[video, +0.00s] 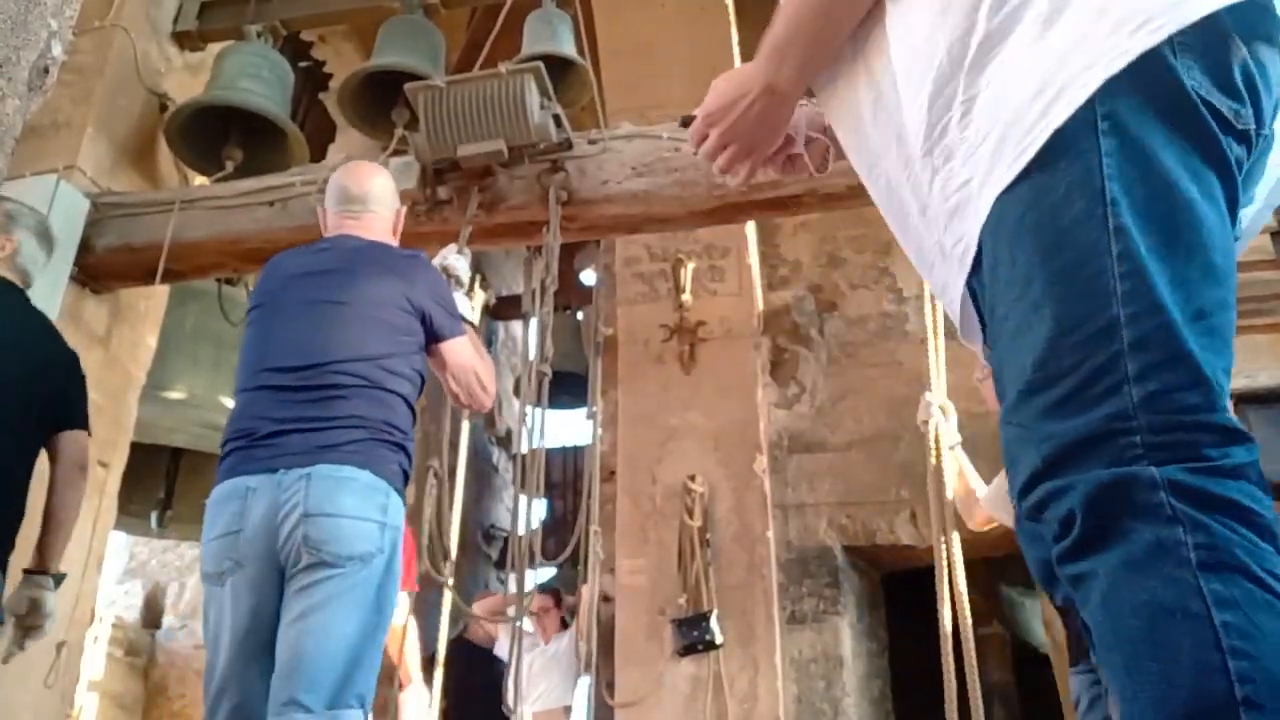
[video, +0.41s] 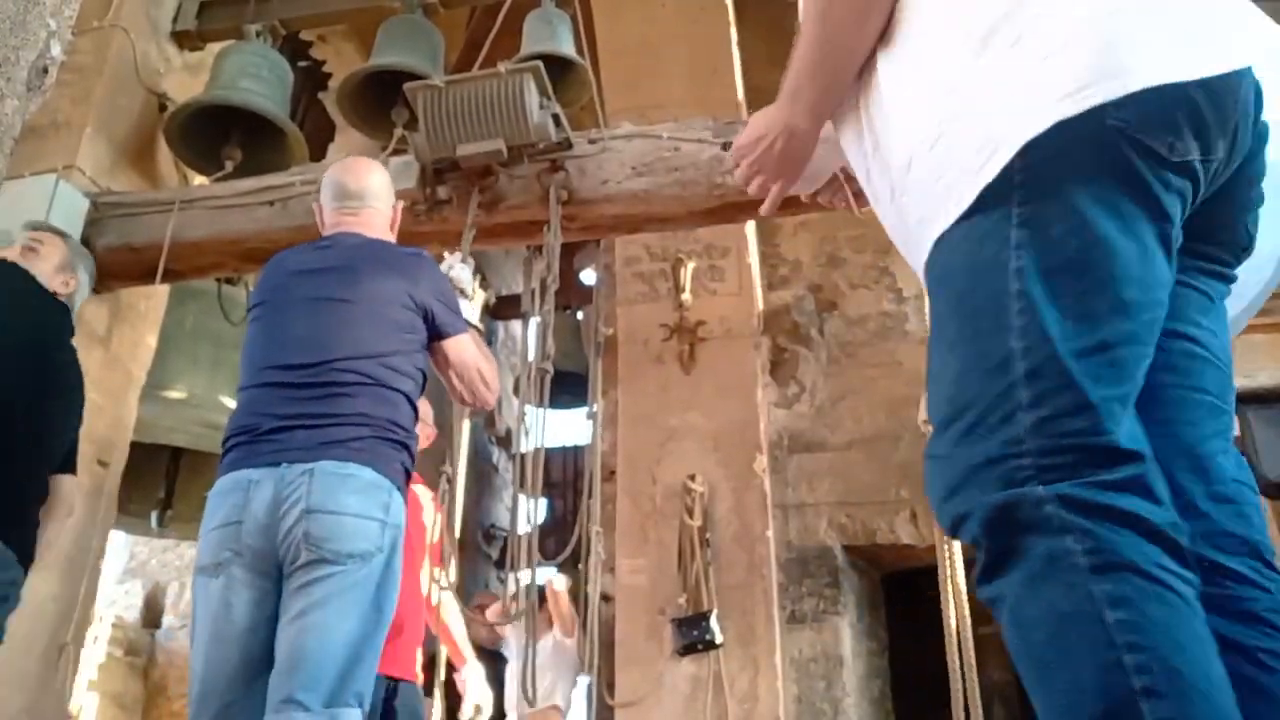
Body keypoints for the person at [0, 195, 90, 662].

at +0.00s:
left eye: (0, 233)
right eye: (4, 236)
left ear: (7, 245)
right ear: (27, 253)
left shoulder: (46, 346)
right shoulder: (47, 347)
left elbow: (73, 458)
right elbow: (74, 459)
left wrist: (42, 574)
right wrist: (43, 574)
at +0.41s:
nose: (7, 253)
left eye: (31, 249)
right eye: (14, 245)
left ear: (66, 285)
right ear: (65, 289)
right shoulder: (67, 371)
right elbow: (61, 503)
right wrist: (17, 574)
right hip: (5, 555)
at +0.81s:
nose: (21, 265)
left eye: (30, 259)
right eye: (29, 258)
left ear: (47, 266)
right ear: (87, 307)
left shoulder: (8, 292)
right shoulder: (93, 383)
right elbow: (70, 503)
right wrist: (19, 566)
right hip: (5, 564)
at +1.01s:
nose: (8, 263)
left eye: (13, 256)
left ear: (22, 260)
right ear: (81, 294)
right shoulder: (87, 371)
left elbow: (78, 495)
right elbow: (77, 497)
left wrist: (19, 590)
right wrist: (19, 590)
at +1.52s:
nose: (74, 309)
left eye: (79, 297)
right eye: (77, 293)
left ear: (9, 269)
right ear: (51, 276)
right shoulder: (56, 337)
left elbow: (61, 448)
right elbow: (60, 448)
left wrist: (53, 571)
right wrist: (54, 572)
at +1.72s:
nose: (103, 300)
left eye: (107, 287)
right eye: (99, 281)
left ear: (48, 271)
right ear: (55, 268)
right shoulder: (54, 325)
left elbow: (44, 431)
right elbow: (42, 431)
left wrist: (57, 559)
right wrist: (58, 557)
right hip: (4, 569)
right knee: (3, 703)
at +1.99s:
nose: (131, 291)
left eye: (136, 283)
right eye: (123, 271)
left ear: (71, 269)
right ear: (73, 264)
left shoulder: (27, 317)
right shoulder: (51, 315)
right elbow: (34, 414)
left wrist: (88, 531)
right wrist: (107, 522)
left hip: (19, 566)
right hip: (16, 566)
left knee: (8, 702)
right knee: (5, 703)